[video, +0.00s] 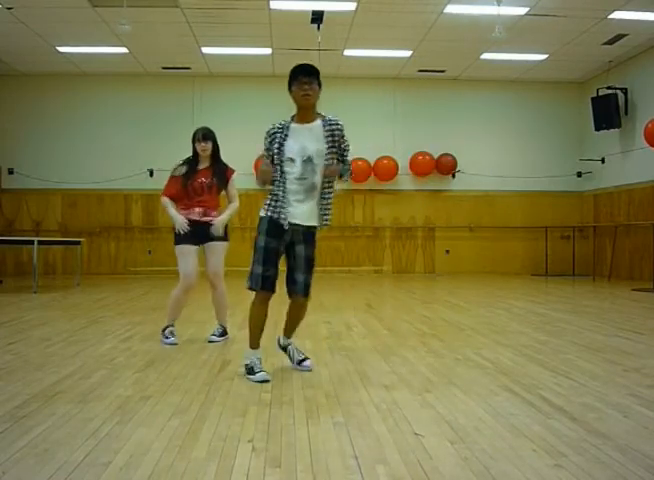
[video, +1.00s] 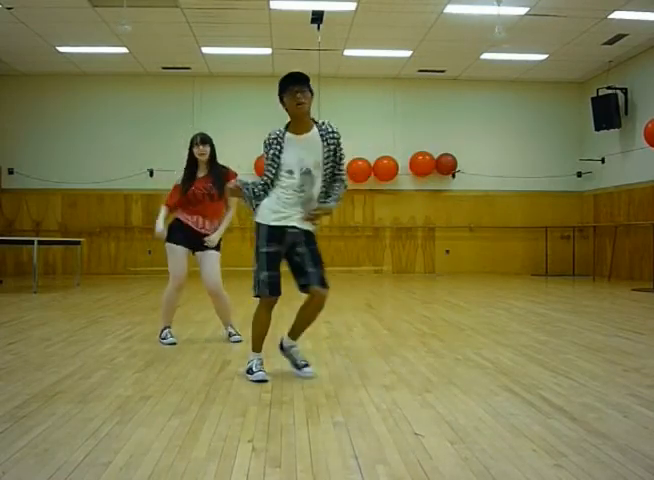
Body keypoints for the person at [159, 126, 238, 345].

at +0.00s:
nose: (202, 145)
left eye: (206, 141)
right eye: (198, 141)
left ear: (214, 143)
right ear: (193, 144)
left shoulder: (223, 171)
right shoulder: (182, 169)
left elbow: (235, 202)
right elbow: (166, 198)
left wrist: (222, 219)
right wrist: (176, 217)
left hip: (213, 224)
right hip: (186, 225)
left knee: (215, 277)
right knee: (188, 279)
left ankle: (221, 326)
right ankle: (169, 326)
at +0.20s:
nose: (191, 147)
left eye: (195, 143)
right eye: (187, 143)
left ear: (202, 145)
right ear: (183, 146)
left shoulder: (215, 171)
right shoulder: (175, 171)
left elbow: (227, 202)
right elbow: (158, 198)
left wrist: (212, 225)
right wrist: (163, 212)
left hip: (201, 228)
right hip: (173, 226)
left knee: (204, 280)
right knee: (172, 278)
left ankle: (213, 325)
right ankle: (163, 328)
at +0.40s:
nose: (189, 149)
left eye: (193, 145)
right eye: (186, 145)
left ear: (201, 148)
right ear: (180, 148)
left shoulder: (212, 169)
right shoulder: (175, 172)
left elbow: (225, 200)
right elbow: (165, 202)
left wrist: (209, 227)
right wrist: (165, 214)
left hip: (203, 231)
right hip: (176, 228)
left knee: (201, 285)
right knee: (171, 279)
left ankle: (227, 326)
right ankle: (163, 328)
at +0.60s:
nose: (193, 148)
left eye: (197, 144)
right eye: (189, 144)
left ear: (204, 147)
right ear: (184, 147)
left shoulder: (215, 171)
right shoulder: (179, 176)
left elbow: (231, 199)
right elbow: (168, 206)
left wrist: (217, 222)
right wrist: (174, 223)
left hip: (213, 228)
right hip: (185, 230)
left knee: (214, 282)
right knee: (183, 282)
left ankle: (230, 327)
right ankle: (167, 328)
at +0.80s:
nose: (195, 144)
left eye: (199, 140)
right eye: (191, 141)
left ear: (206, 143)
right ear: (186, 144)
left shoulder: (219, 169)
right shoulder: (179, 169)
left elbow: (230, 199)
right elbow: (163, 197)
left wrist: (217, 223)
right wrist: (169, 215)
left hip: (208, 226)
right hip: (180, 226)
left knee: (214, 281)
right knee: (177, 279)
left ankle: (229, 327)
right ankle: (166, 328)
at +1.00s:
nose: (201, 149)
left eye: (205, 145)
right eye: (197, 146)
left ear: (211, 148)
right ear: (191, 150)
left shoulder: (224, 175)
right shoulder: (187, 178)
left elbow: (232, 208)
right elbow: (167, 204)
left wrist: (218, 233)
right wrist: (160, 224)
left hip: (209, 233)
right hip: (181, 229)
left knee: (214, 286)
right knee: (178, 279)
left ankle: (229, 327)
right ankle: (166, 328)